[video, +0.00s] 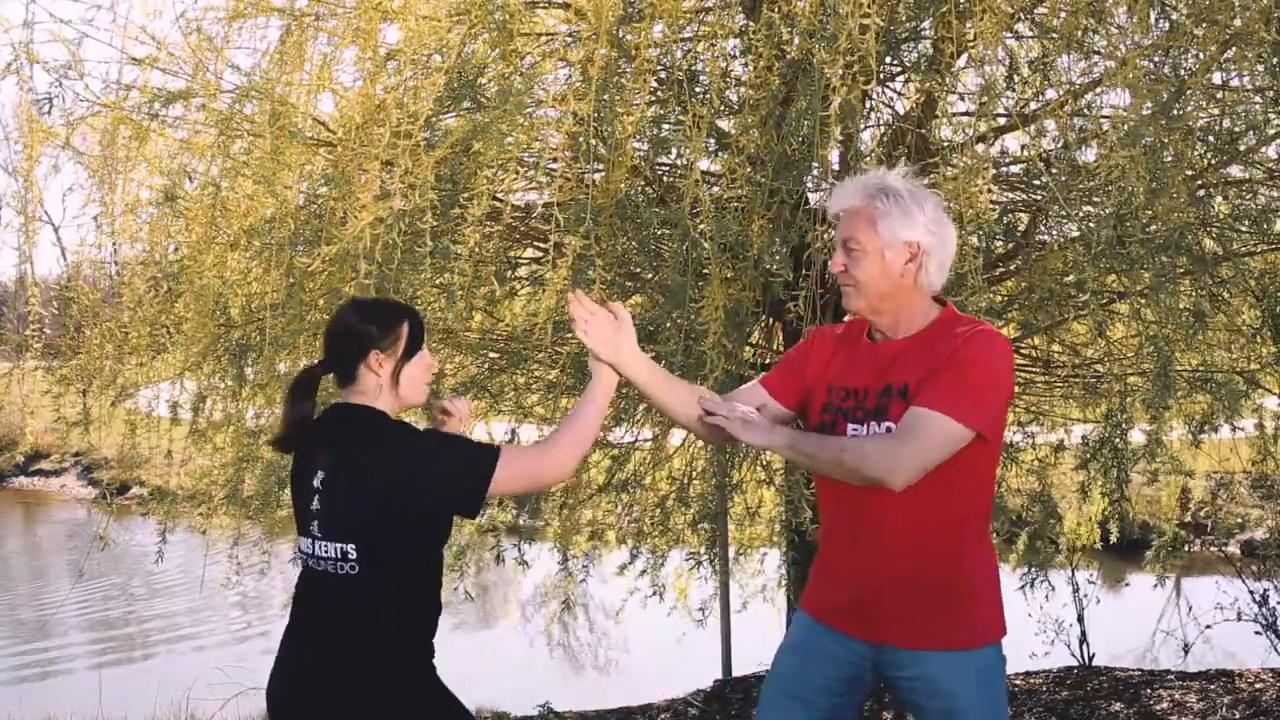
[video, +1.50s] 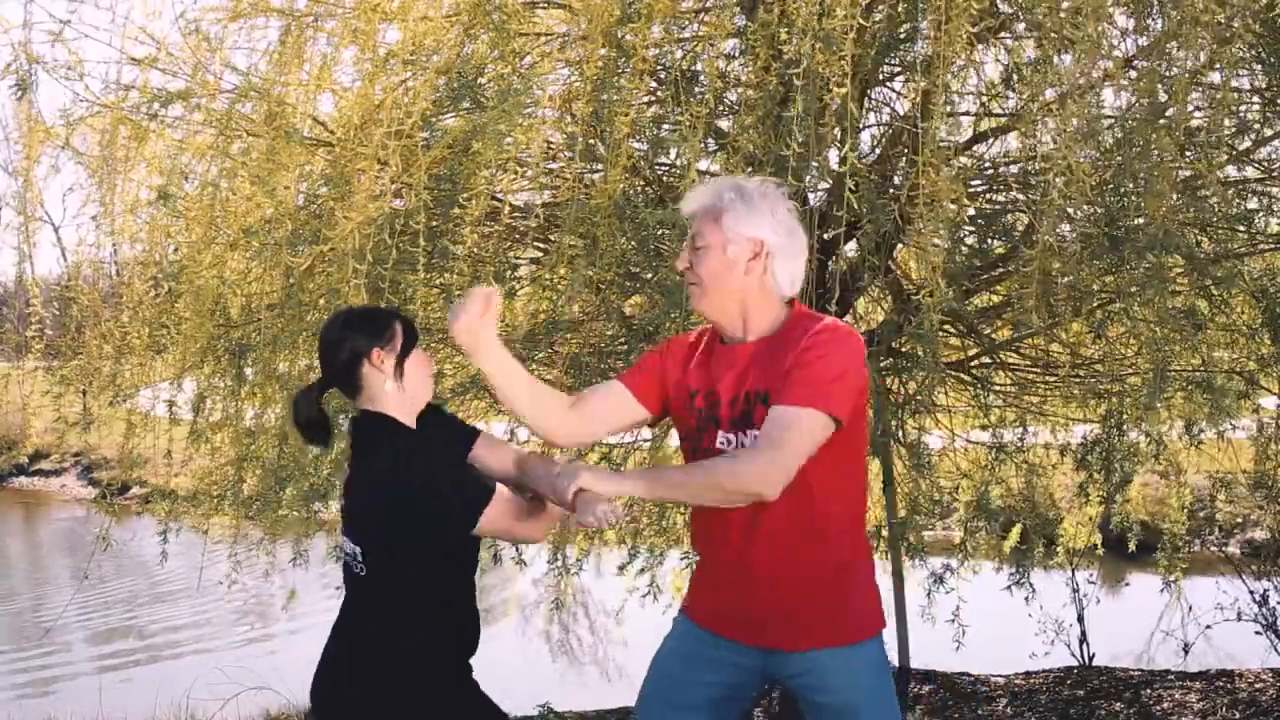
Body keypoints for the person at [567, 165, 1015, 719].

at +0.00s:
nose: (836, 265)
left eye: (851, 248)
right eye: (836, 249)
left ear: (910, 255)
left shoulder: (978, 351)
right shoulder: (825, 350)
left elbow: (894, 464)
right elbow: (719, 419)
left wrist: (778, 436)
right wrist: (628, 358)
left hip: (947, 638)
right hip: (827, 625)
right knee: (779, 712)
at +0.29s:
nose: (793, 308)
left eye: (810, 294)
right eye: (796, 290)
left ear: (875, 302)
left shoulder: (939, 365)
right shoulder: (790, 359)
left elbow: (857, 483)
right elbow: (679, 423)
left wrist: (710, 515)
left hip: (930, 646)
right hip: (805, 635)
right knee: (744, 710)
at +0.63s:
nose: (765, 404)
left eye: (781, 393)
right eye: (766, 387)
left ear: (846, 400)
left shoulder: (924, 438)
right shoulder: (766, 432)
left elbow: (853, 577)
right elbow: (665, 519)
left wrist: (762, 491)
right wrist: (570, 611)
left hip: (921, 661)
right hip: (801, 647)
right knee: (715, 712)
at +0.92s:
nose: (728, 319)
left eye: (747, 306)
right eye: (736, 302)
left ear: (802, 327)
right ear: (799, 327)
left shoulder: (859, 410)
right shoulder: (747, 393)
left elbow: (728, 532)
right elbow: (633, 475)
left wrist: (614, 542)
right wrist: (685, 462)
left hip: (882, 664)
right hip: (772, 640)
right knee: (689, 713)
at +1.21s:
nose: (731, 275)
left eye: (747, 261)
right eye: (740, 260)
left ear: (793, 280)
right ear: (789, 281)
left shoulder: (839, 375)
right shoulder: (742, 369)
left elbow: (695, 475)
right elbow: (644, 402)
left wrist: (590, 510)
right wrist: (559, 391)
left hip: (848, 663)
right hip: (747, 639)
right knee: (672, 713)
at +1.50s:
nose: (681, 263)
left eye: (697, 246)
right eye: (686, 247)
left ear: (753, 256)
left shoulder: (829, 346)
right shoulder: (683, 360)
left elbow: (763, 474)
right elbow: (566, 420)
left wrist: (623, 483)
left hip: (834, 640)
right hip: (712, 632)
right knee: (657, 712)